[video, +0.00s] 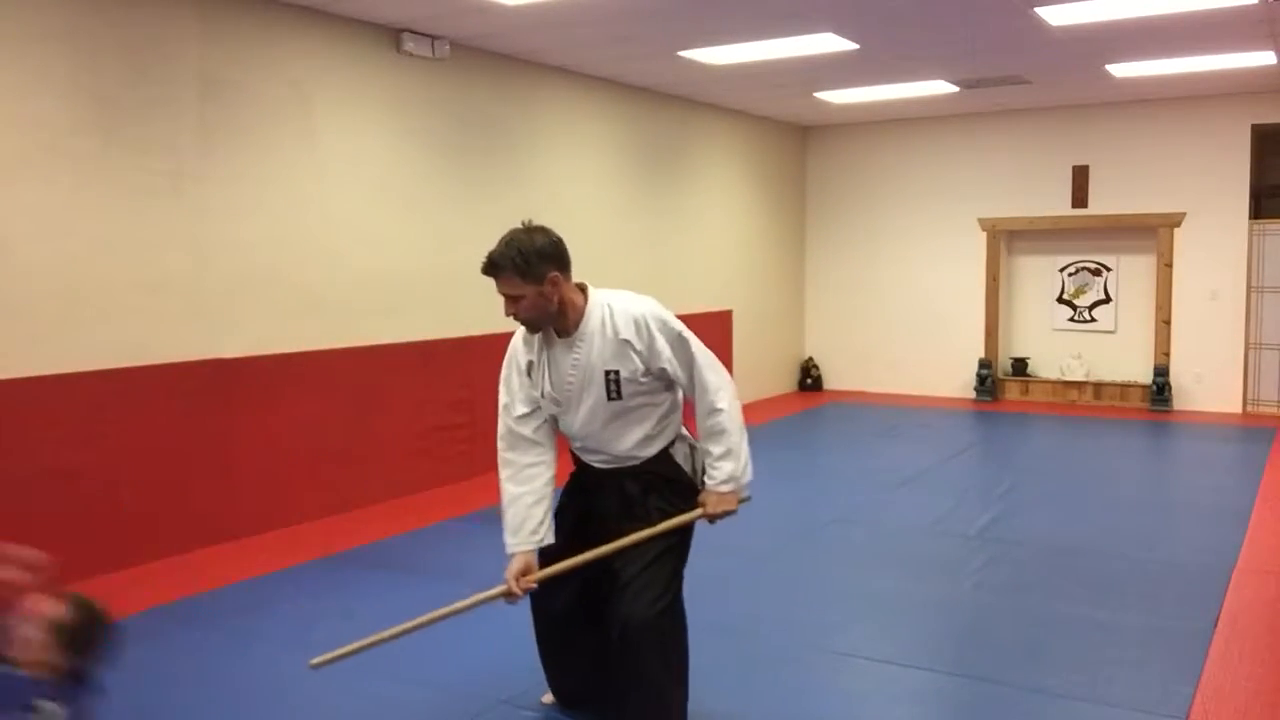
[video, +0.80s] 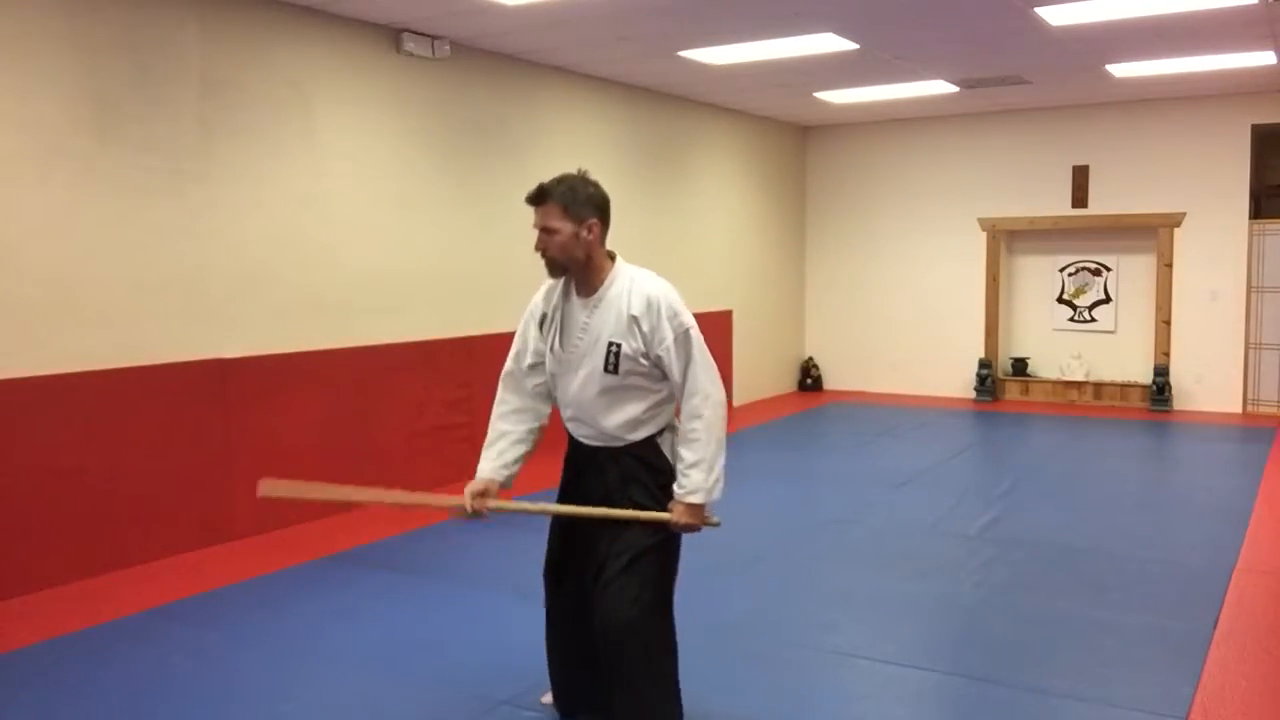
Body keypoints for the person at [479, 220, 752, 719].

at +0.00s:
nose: (508, 311)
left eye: (515, 298)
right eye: (504, 299)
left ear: (554, 285)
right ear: (546, 287)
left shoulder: (638, 321)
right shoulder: (524, 355)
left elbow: (714, 386)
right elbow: (524, 453)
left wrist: (725, 478)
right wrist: (525, 546)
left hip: (657, 480)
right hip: (592, 483)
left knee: (639, 613)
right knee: (557, 595)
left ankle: (651, 711)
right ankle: (582, 692)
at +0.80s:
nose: (538, 244)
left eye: (548, 231)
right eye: (537, 231)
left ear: (590, 232)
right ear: (573, 234)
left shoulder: (651, 301)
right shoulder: (549, 303)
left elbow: (704, 394)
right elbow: (522, 392)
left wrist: (694, 490)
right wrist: (491, 471)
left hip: (643, 469)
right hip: (582, 465)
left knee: (628, 615)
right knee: (568, 598)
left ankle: (643, 712)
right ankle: (578, 703)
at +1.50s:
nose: (544, 196)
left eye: (556, 186)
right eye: (545, 185)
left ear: (594, 192)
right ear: (584, 195)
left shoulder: (617, 266)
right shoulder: (584, 261)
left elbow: (607, 380)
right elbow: (588, 363)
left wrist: (563, 474)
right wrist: (555, 418)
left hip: (613, 446)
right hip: (580, 438)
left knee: (622, 598)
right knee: (585, 592)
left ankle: (633, 706)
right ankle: (586, 698)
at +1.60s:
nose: (539, 199)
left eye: (550, 188)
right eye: (539, 188)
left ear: (587, 193)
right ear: (581, 196)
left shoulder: (608, 266)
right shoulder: (582, 261)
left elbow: (597, 382)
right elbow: (600, 358)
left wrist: (550, 469)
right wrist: (555, 403)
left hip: (605, 451)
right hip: (582, 444)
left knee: (608, 606)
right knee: (589, 603)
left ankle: (621, 710)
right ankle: (595, 708)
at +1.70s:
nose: (532, 201)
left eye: (543, 190)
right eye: (532, 191)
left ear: (580, 195)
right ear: (574, 198)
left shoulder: (599, 264)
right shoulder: (578, 262)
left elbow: (591, 376)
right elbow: (587, 362)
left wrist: (543, 460)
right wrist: (547, 401)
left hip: (597, 447)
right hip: (578, 442)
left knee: (597, 602)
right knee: (583, 600)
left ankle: (607, 709)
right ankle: (591, 706)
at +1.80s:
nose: (526, 203)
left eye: (536, 192)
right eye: (526, 192)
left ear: (573, 195)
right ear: (568, 199)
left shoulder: (592, 263)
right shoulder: (573, 261)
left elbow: (585, 374)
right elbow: (582, 359)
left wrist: (537, 456)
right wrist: (537, 392)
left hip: (592, 443)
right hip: (573, 439)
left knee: (589, 597)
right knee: (576, 595)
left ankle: (598, 709)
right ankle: (584, 708)